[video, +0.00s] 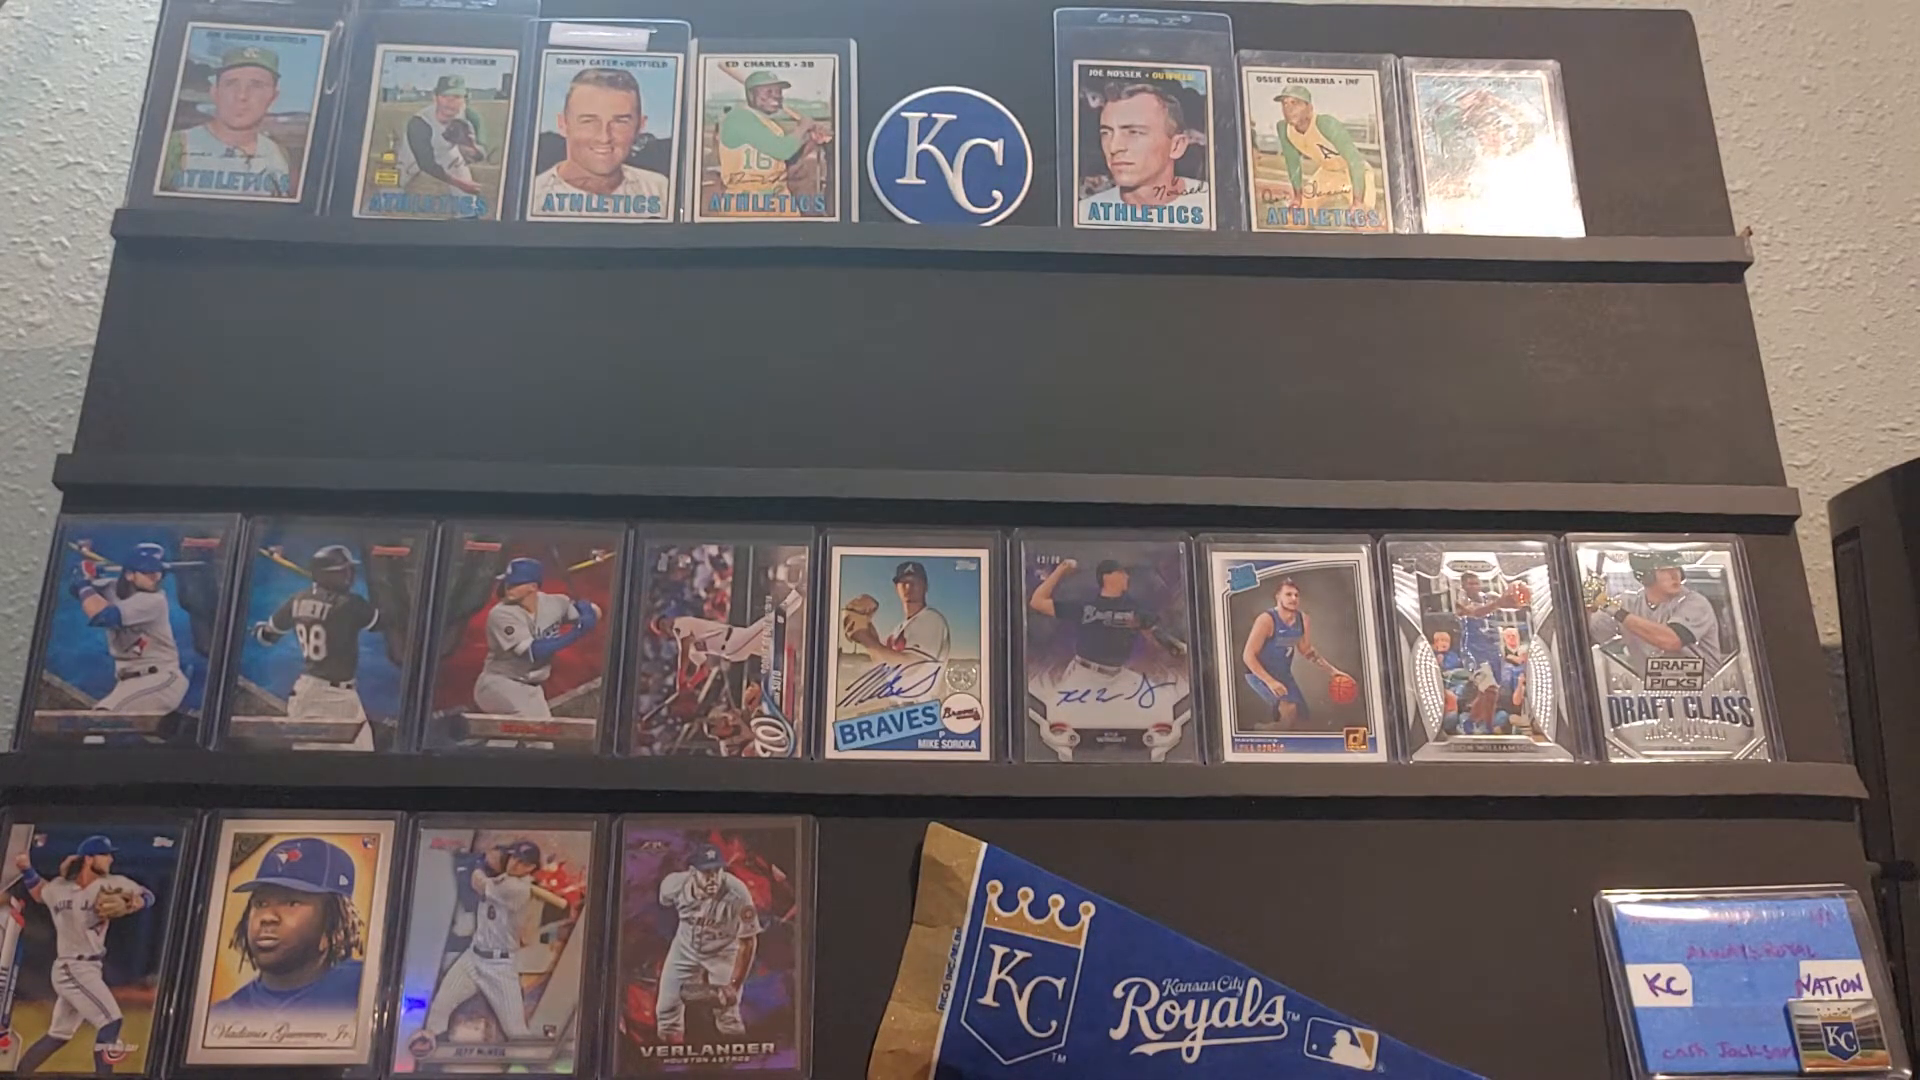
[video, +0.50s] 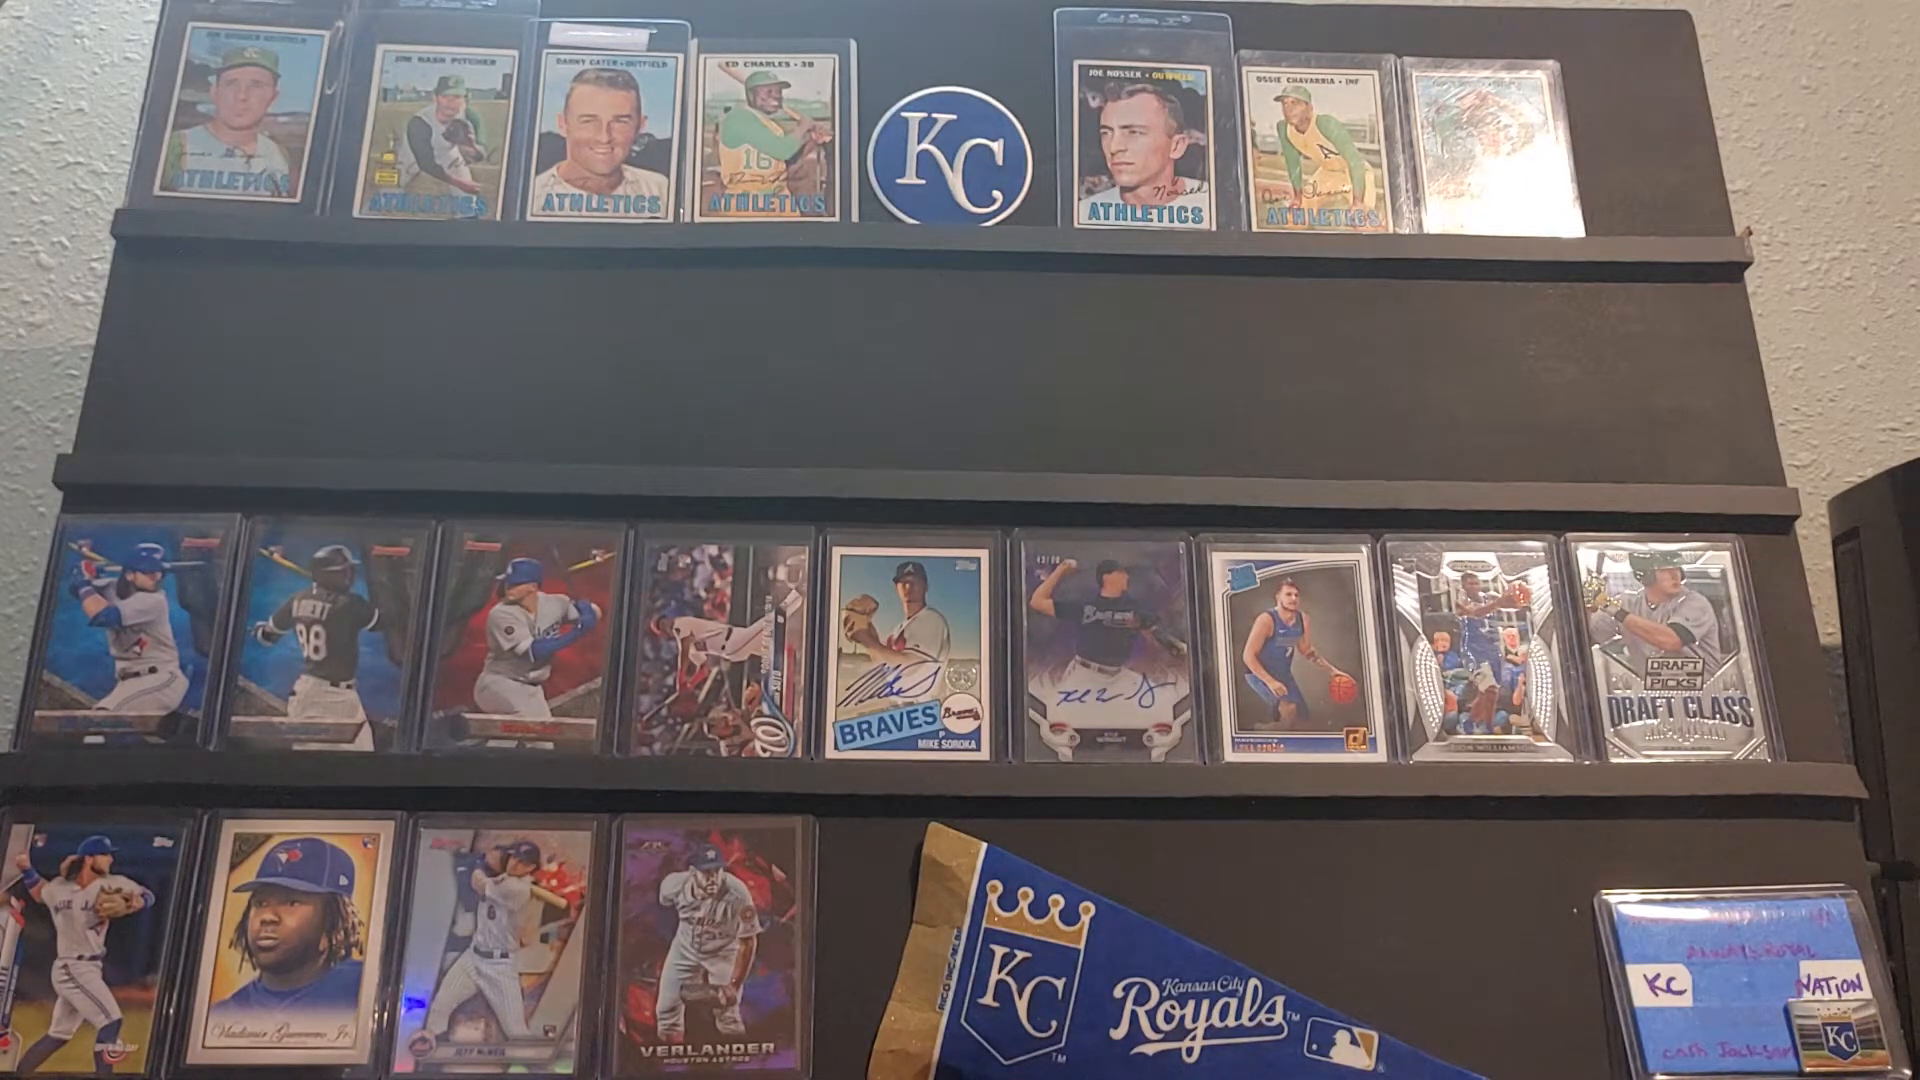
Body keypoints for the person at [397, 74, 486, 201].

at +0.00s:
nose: (451, 101)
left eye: (456, 97)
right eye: (446, 96)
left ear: (464, 101)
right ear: (436, 98)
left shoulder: (470, 116)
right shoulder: (419, 123)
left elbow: (481, 153)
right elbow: (427, 165)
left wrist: (468, 149)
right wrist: (461, 185)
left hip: (454, 163)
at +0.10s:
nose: (451, 101)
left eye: (456, 97)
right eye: (446, 96)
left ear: (464, 101)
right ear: (436, 98)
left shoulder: (470, 116)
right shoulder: (419, 123)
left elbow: (480, 154)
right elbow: (427, 165)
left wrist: (467, 149)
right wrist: (461, 185)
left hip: (453, 162)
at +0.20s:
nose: (451, 101)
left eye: (456, 97)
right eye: (446, 96)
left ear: (464, 101)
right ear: (436, 98)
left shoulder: (470, 116)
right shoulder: (419, 123)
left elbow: (480, 154)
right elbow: (427, 165)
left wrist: (467, 149)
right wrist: (461, 185)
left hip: (453, 162)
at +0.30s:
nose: (451, 101)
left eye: (456, 97)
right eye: (446, 96)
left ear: (464, 101)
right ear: (436, 98)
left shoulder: (470, 116)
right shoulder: (419, 123)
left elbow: (480, 154)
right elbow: (427, 165)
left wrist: (468, 149)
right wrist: (461, 185)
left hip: (453, 162)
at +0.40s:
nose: (451, 101)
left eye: (456, 97)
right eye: (446, 96)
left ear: (464, 101)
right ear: (436, 98)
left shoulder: (470, 116)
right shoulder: (419, 123)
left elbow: (481, 153)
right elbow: (427, 165)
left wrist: (470, 150)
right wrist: (461, 185)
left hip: (454, 164)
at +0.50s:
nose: (451, 101)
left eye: (456, 97)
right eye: (446, 96)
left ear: (464, 101)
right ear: (436, 98)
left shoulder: (470, 116)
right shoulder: (419, 123)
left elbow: (481, 153)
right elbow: (427, 165)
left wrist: (470, 150)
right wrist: (461, 185)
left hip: (454, 164)